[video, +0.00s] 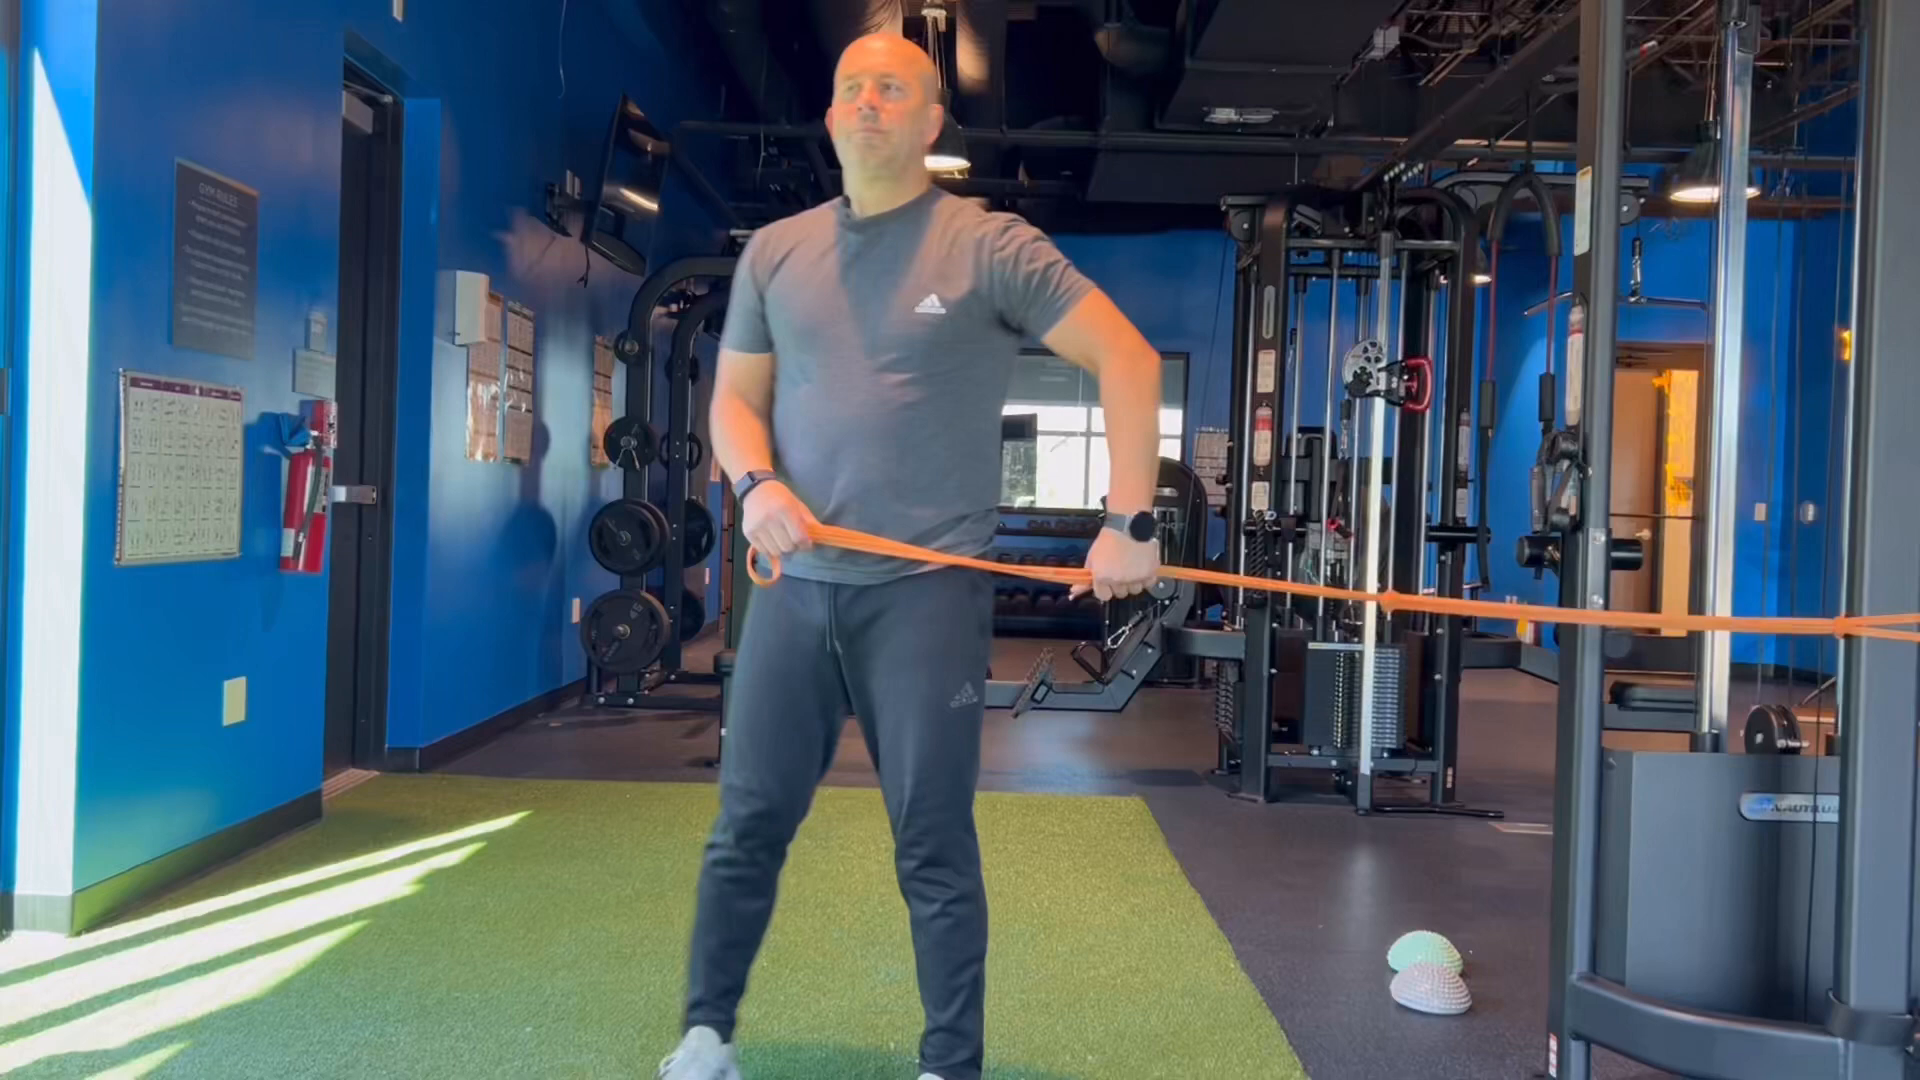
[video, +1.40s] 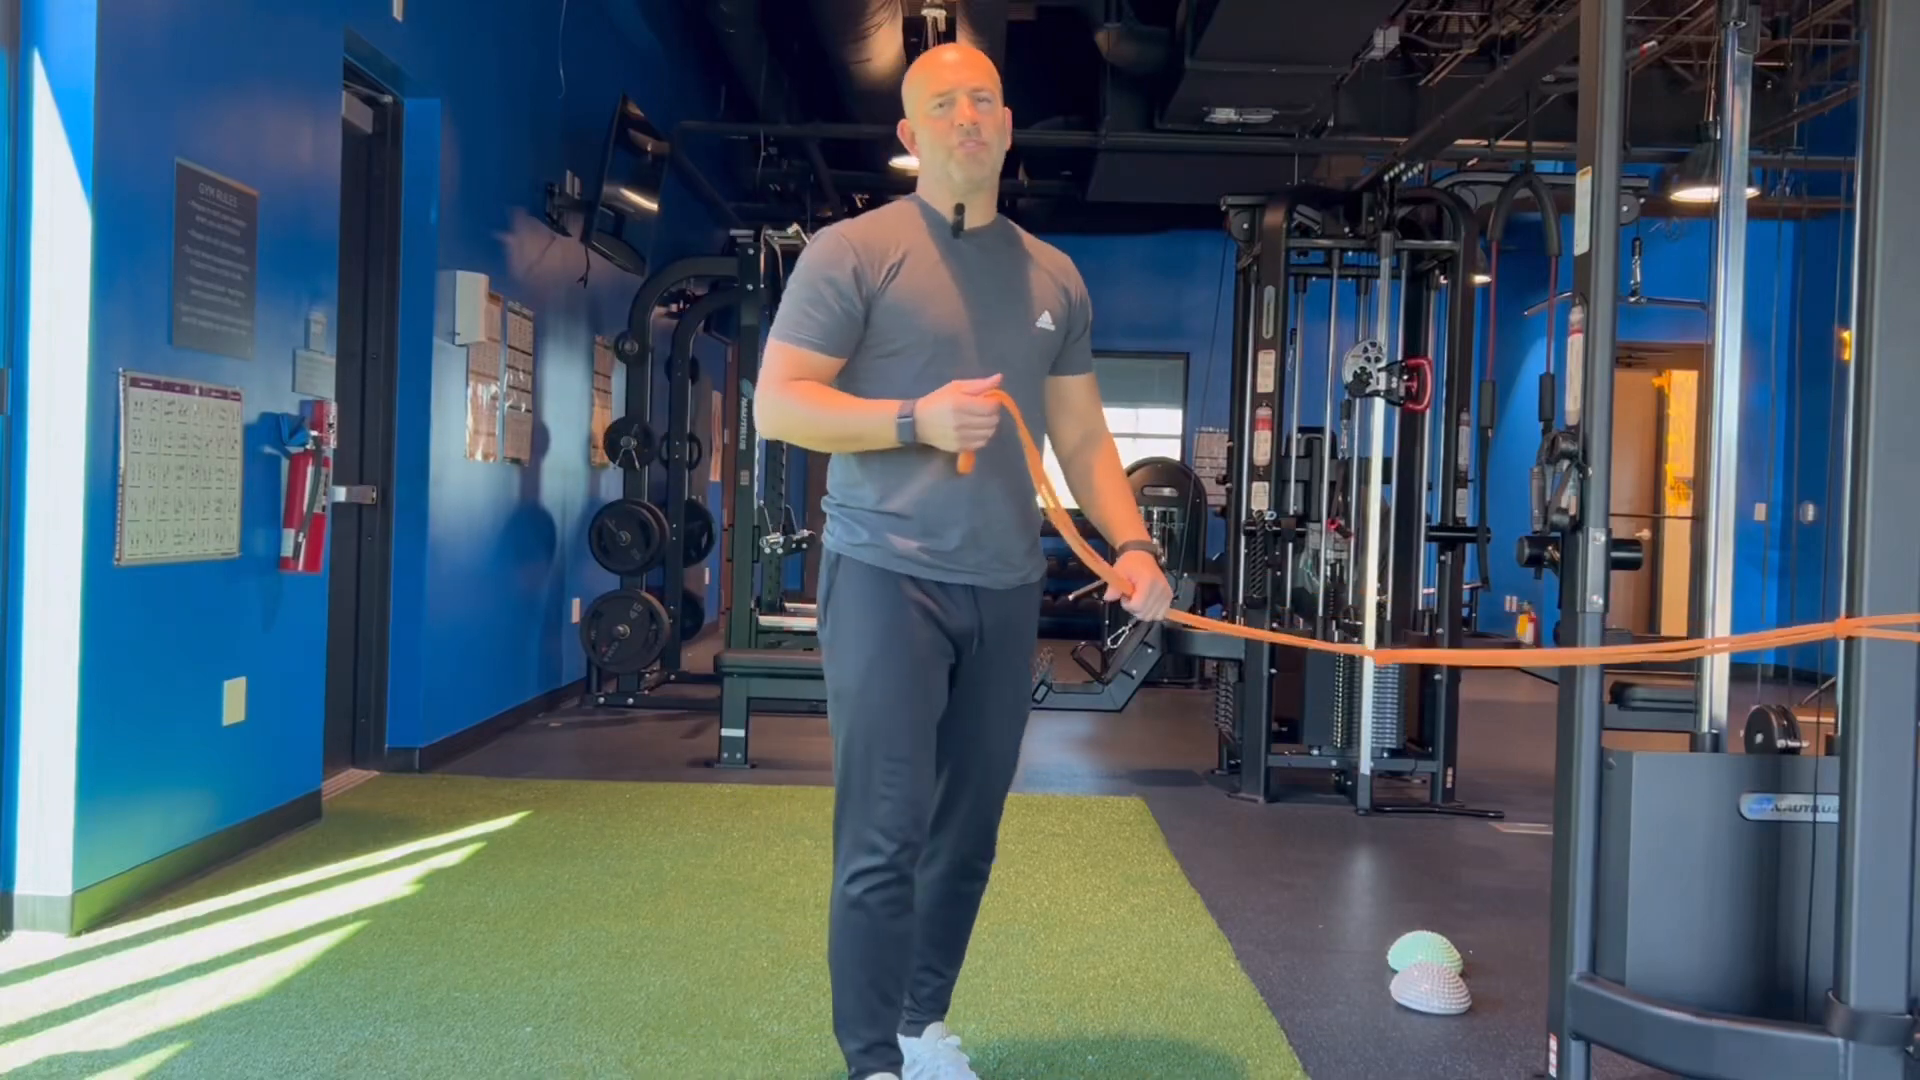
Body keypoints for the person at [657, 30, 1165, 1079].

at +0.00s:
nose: (868, 101)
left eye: (893, 87)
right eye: (853, 87)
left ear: (938, 123)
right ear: (828, 121)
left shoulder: (985, 245)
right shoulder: (772, 253)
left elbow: (1129, 357)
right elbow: (737, 398)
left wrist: (1126, 519)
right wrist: (756, 484)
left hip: (929, 584)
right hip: (792, 577)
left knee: (932, 840)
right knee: (748, 820)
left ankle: (953, 1064)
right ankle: (708, 1034)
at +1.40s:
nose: (969, 113)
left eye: (985, 97)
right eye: (944, 100)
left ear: (1010, 127)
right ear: (907, 134)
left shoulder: (1054, 278)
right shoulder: (849, 252)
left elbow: (1084, 435)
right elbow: (779, 406)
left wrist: (1132, 545)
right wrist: (912, 418)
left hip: (1006, 587)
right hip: (884, 577)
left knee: (968, 828)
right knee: (887, 832)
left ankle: (919, 1021)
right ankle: (871, 1058)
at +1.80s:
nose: (983, 106)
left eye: (996, 87)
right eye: (955, 94)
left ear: (1024, 112)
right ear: (918, 128)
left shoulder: (1079, 262)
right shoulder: (871, 254)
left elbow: (1110, 420)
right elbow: (815, 411)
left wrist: (1152, 534)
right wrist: (971, 408)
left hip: (1060, 587)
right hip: (924, 586)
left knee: (1106, 814)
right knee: (896, 849)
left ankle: (1067, 1026)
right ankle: (877, 1061)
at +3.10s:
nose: (944, 139)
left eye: (959, 121)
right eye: (923, 127)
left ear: (991, 143)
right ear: (894, 157)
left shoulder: (1064, 276)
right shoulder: (843, 282)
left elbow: (1120, 412)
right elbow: (791, 413)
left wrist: (1149, 474)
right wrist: (806, 449)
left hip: (1026, 587)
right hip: (887, 587)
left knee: (1044, 823)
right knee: (883, 823)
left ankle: (1069, 1042)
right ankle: (885, 1023)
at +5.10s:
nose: (1086, 176)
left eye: (1092, 156)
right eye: (1070, 155)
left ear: (1070, 161)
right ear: (1002, 153)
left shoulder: (1110, 281)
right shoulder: (901, 273)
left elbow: (1203, 401)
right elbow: (821, 415)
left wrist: (1226, 356)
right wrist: (880, 451)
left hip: (1077, 592)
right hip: (945, 591)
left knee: (1084, 835)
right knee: (911, 835)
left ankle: (1071, 1049)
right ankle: (884, 1037)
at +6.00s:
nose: (1079, 134)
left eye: (1077, 115)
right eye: (1059, 114)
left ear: (1025, 130)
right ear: (986, 126)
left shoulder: (1073, 276)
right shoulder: (879, 256)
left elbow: (1147, 408)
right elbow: (820, 424)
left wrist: (1257, 488)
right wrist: (905, 387)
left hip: (1052, 587)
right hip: (927, 585)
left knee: (1084, 830)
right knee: (895, 837)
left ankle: (1071, 1051)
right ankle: (870, 1055)